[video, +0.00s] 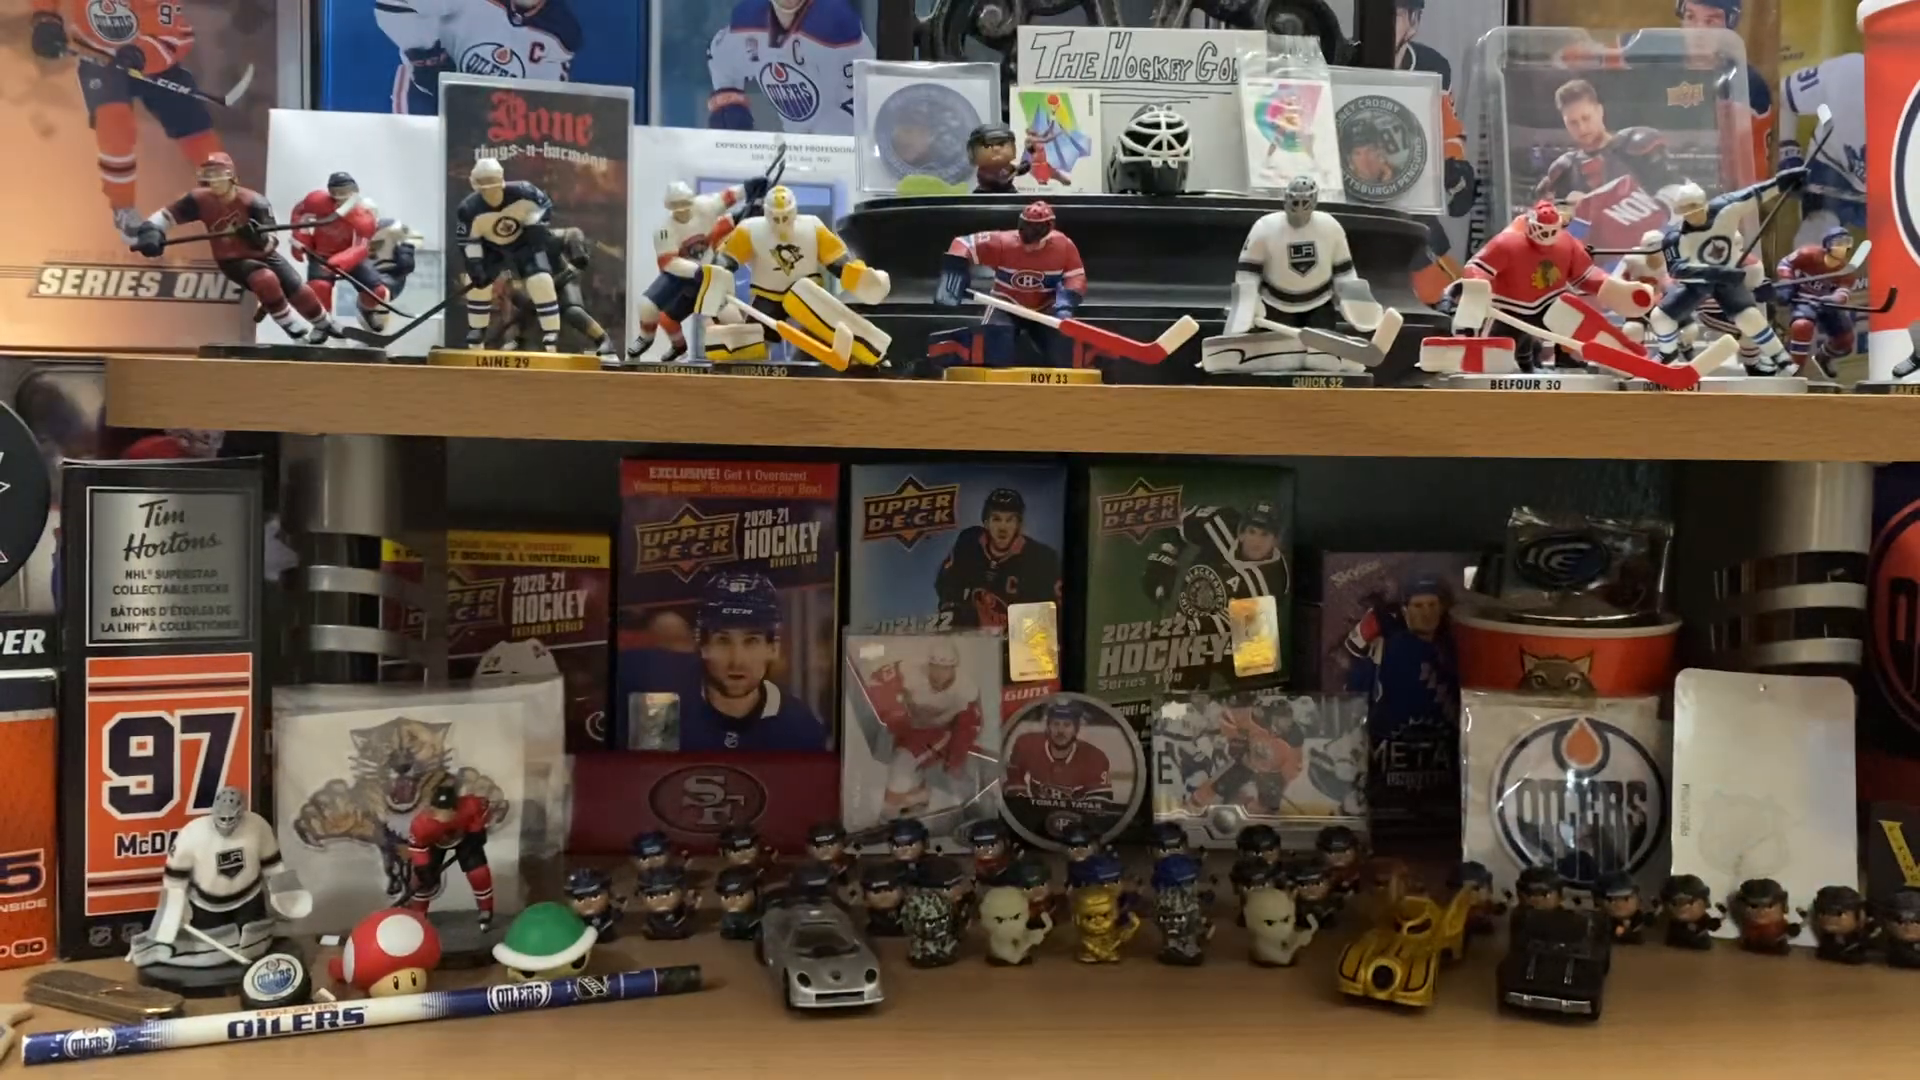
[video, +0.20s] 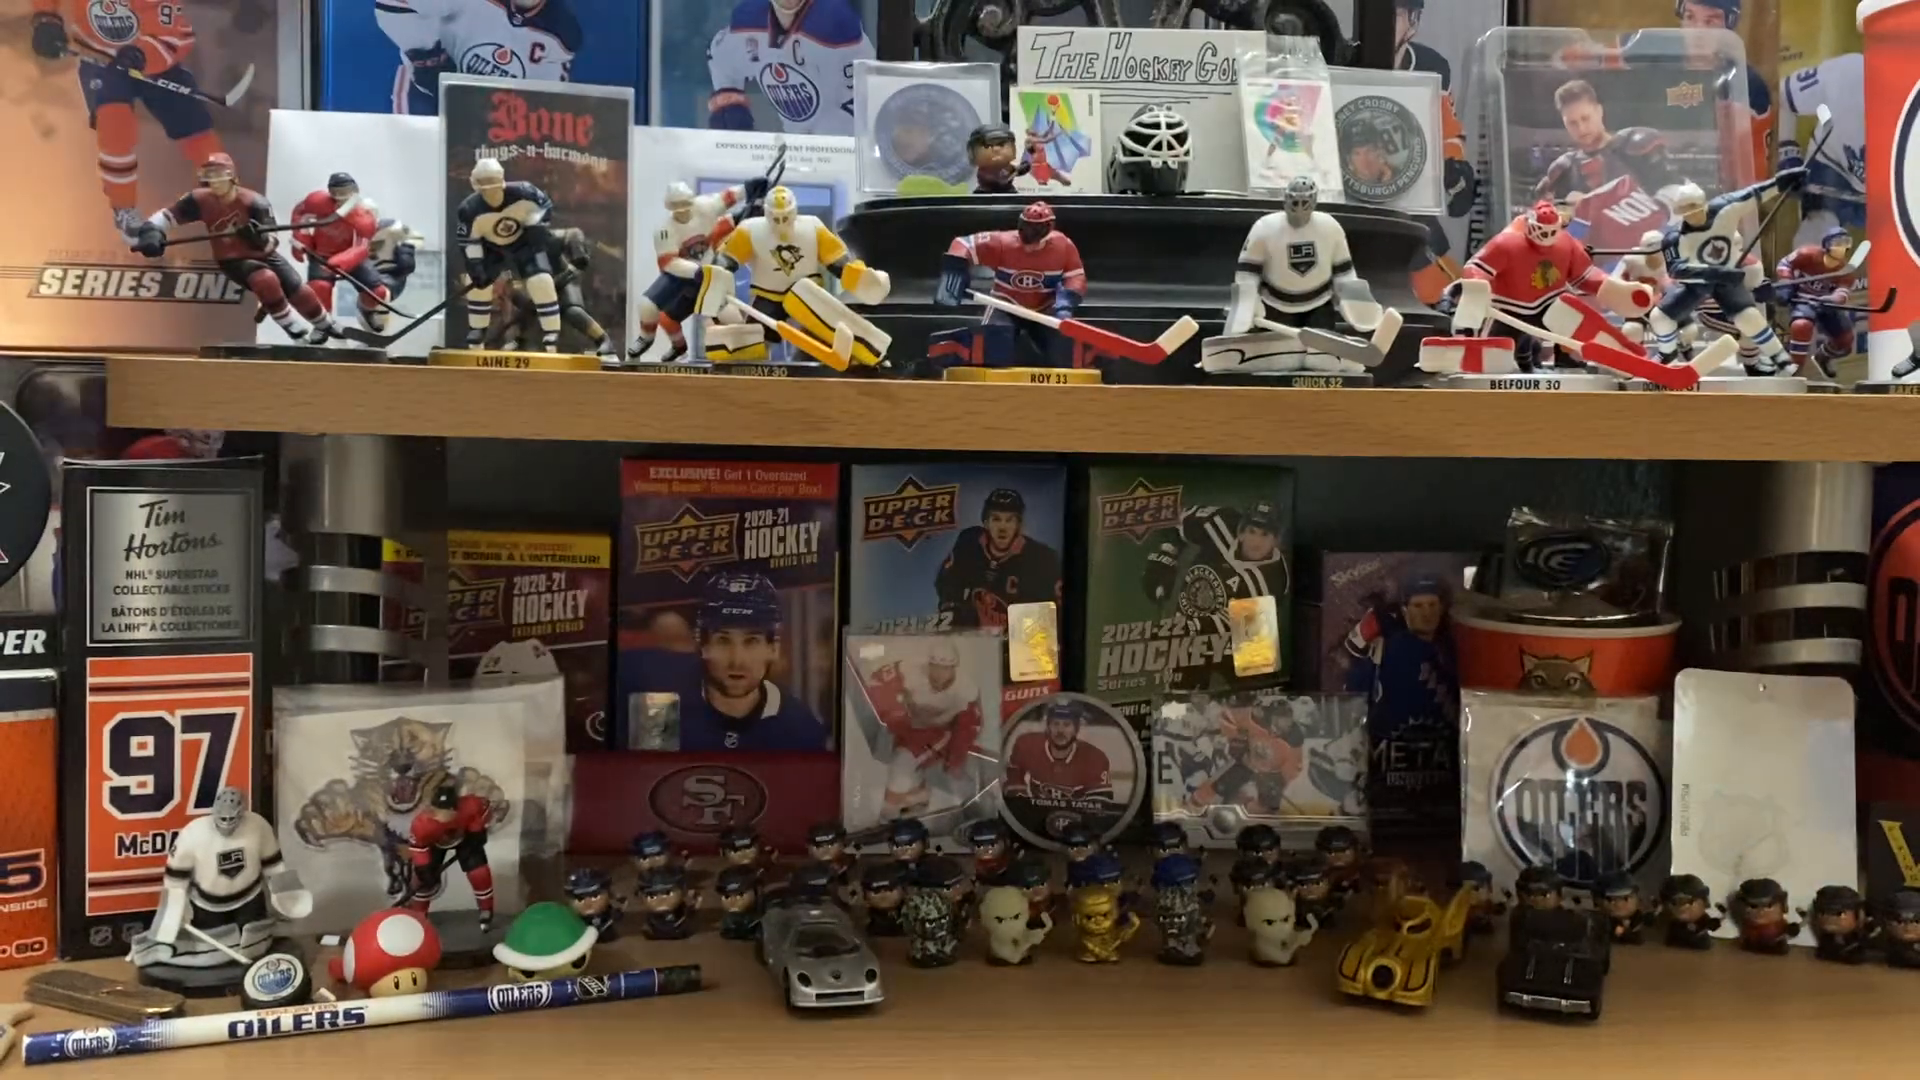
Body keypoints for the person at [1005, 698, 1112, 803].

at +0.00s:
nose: (1060, 731)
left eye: (1066, 725)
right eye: (1055, 724)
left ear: (1076, 728)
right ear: (1048, 726)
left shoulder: (1094, 757)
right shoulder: (1026, 745)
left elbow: (1099, 800)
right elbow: (1014, 780)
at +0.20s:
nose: (1060, 730)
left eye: (1066, 725)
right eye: (1055, 724)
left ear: (1076, 728)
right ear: (1048, 726)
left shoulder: (1095, 758)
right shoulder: (1026, 745)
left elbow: (1100, 801)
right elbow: (1014, 781)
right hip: (1033, 813)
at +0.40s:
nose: (1060, 730)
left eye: (1066, 724)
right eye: (1055, 724)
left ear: (1077, 728)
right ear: (1047, 726)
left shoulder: (1095, 758)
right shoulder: (1025, 745)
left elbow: (1099, 801)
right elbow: (1014, 785)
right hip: (1032, 814)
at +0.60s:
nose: (1060, 730)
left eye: (1066, 725)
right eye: (1055, 724)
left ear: (1076, 728)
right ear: (1048, 726)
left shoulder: (1095, 757)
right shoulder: (1025, 744)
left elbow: (1100, 800)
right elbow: (1014, 784)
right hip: (1033, 813)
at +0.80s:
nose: (1060, 730)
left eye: (1066, 724)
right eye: (1055, 724)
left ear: (1076, 729)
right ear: (1047, 727)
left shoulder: (1094, 758)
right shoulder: (1025, 745)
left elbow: (1099, 800)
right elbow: (1014, 785)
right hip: (1033, 813)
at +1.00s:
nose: (1060, 730)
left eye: (1066, 725)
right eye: (1055, 724)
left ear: (1076, 729)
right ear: (1047, 727)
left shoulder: (1095, 757)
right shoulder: (1026, 744)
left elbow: (1100, 799)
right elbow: (1014, 783)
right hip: (1033, 813)